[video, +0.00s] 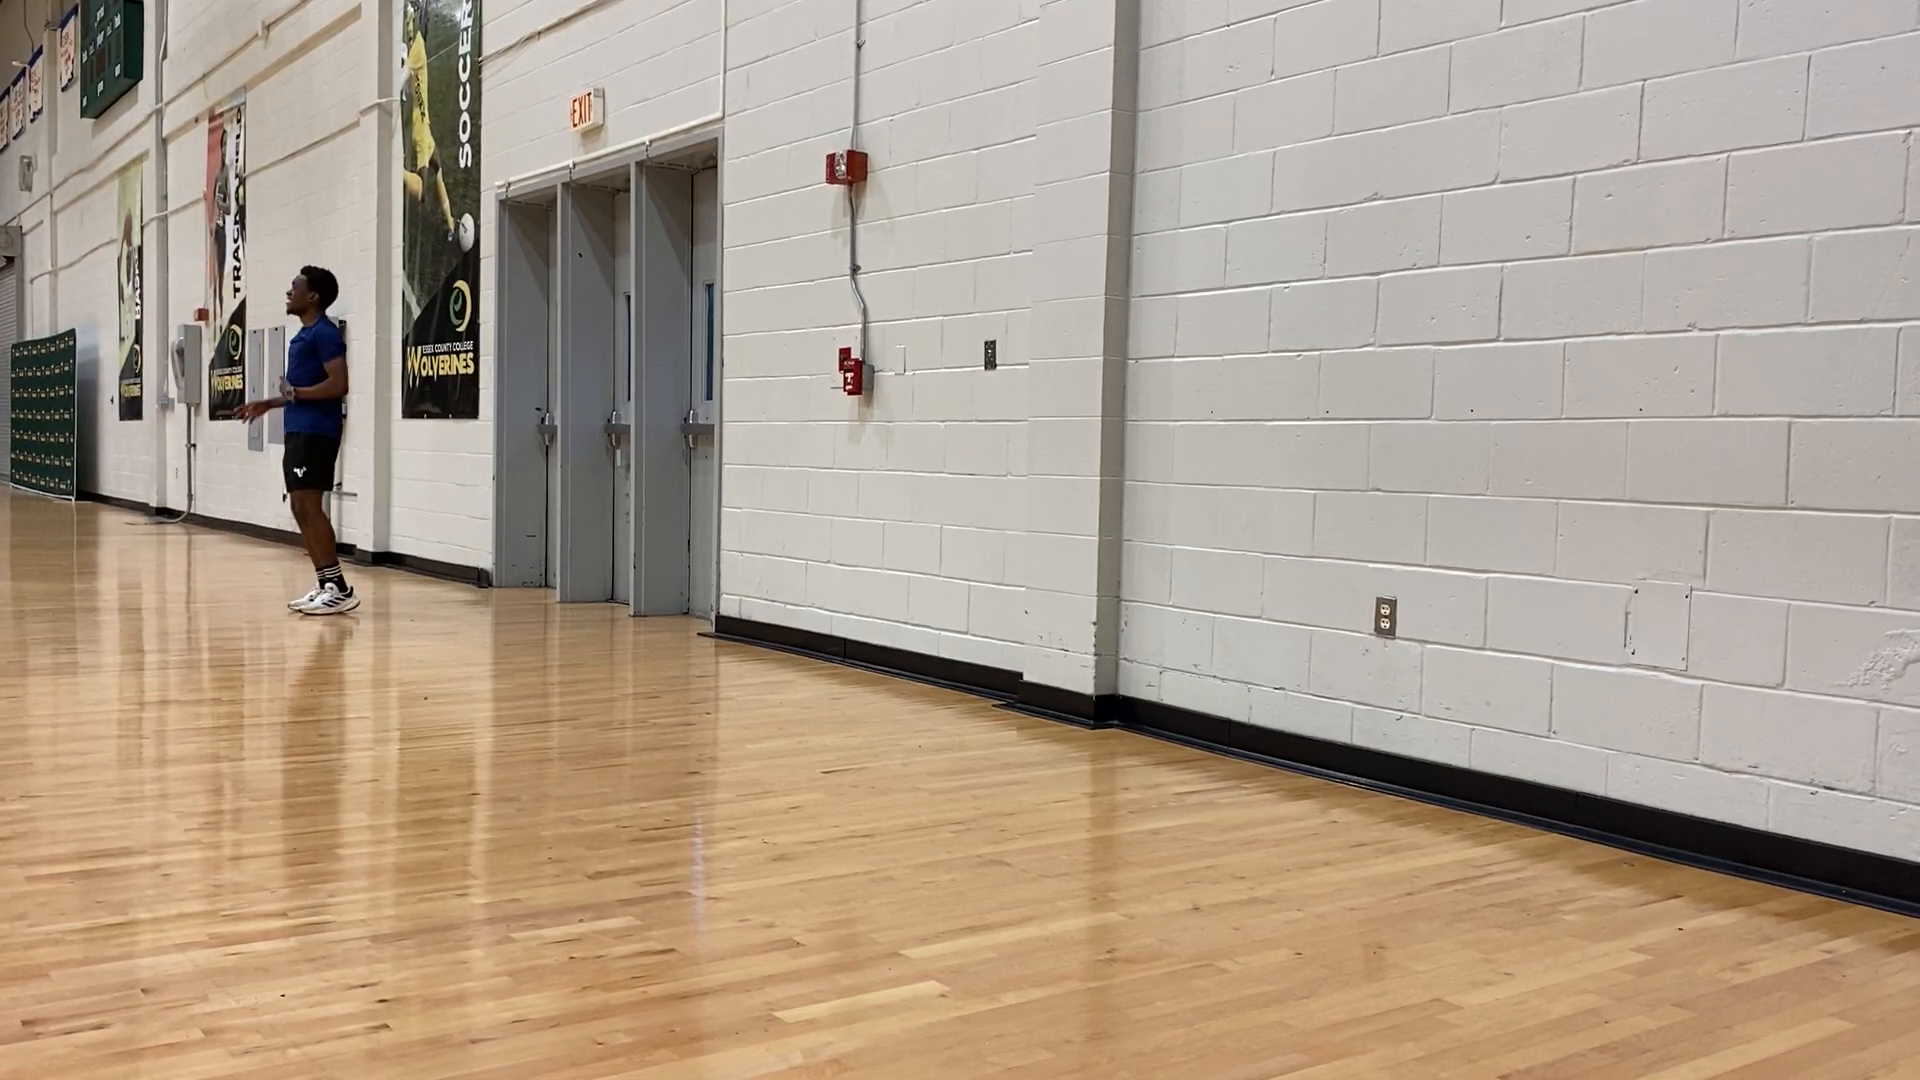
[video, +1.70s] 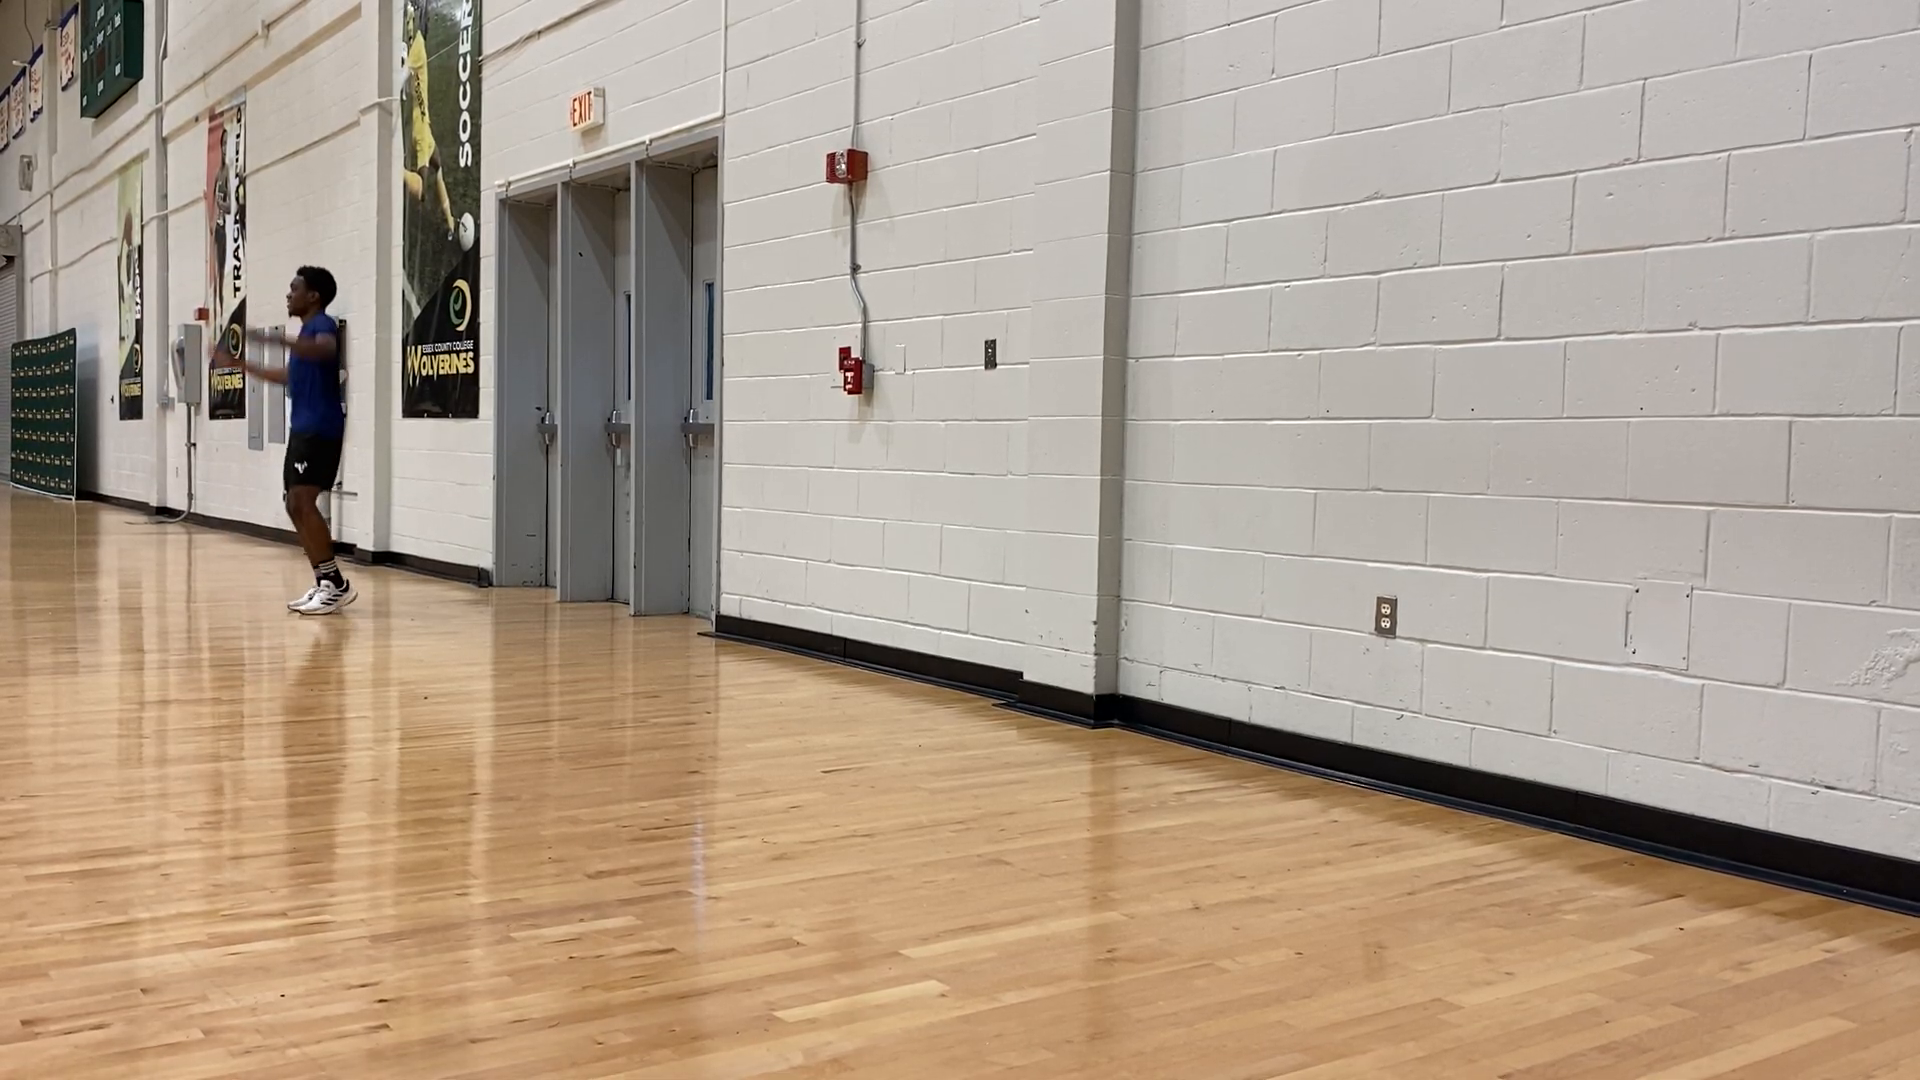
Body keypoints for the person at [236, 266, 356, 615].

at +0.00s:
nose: (289, 291)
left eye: (296, 287)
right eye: (292, 285)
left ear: (314, 296)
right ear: (309, 296)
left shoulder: (323, 332)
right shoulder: (305, 334)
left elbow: (338, 385)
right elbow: (301, 393)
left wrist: (297, 392)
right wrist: (264, 405)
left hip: (316, 434)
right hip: (300, 433)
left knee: (309, 507)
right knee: (300, 508)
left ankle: (337, 588)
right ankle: (325, 585)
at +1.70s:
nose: (288, 295)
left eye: (294, 289)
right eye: (290, 289)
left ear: (314, 296)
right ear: (310, 296)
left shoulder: (321, 322)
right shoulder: (304, 333)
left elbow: (325, 348)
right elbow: (287, 376)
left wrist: (278, 340)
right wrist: (238, 364)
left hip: (320, 430)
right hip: (304, 430)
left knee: (302, 503)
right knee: (294, 505)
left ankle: (334, 584)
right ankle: (326, 582)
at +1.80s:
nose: (287, 281)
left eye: (293, 276)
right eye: (288, 276)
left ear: (313, 282)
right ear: (301, 282)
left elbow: (304, 288)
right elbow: (272, 328)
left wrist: (266, 267)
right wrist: (245, 289)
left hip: (318, 412)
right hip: (298, 413)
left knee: (307, 490)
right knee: (297, 493)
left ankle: (336, 575)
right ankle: (317, 575)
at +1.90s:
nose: (285, 285)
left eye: (292, 280)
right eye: (286, 280)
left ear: (307, 286)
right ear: (291, 288)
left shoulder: (316, 311)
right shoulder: (298, 314)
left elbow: (320, 273)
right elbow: (276, 292)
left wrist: (284, 237)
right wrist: (267, 248)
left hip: (315, 410)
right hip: (298, 411)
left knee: (307, 494)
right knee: (291, 497)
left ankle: (335, 577)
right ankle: (317, 577)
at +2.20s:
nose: (284, 271)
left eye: (292, 267)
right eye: (287, 266)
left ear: (308, 277)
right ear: (296, 277)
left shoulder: (315, 308)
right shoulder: (289, 312)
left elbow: (316, 287)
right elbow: (272, 314)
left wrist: (288, 256)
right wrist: (249, 289)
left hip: (308, 407)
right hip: (289, 408)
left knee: (302, 487)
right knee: (288, 489)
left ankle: (327, 571)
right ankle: (311, 570)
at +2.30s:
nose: (286, 275)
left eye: (291, 270)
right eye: (289, 269)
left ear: (302, 277)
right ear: (306, 279)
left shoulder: (310, 304)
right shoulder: (294, 313)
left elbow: (325, 337)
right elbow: (281, 360)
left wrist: (288, 342)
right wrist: (242, 356)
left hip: (304, 407)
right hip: (288, 407)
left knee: (292, 489)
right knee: (288, 490)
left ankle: (317, 573)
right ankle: (311, 572)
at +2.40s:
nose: (275, 302)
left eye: (280, 295)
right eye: (277, 295)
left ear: (290, 299)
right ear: (293, 300)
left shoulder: (306, 331)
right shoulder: (288, 336)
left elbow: (326, 383)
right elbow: (288, 399)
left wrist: (294, 417)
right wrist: (259, 425)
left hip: (307, 428)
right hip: (290, 427)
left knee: (279, 506)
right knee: (276, 507)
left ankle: (320, 584)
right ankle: (318, 584)